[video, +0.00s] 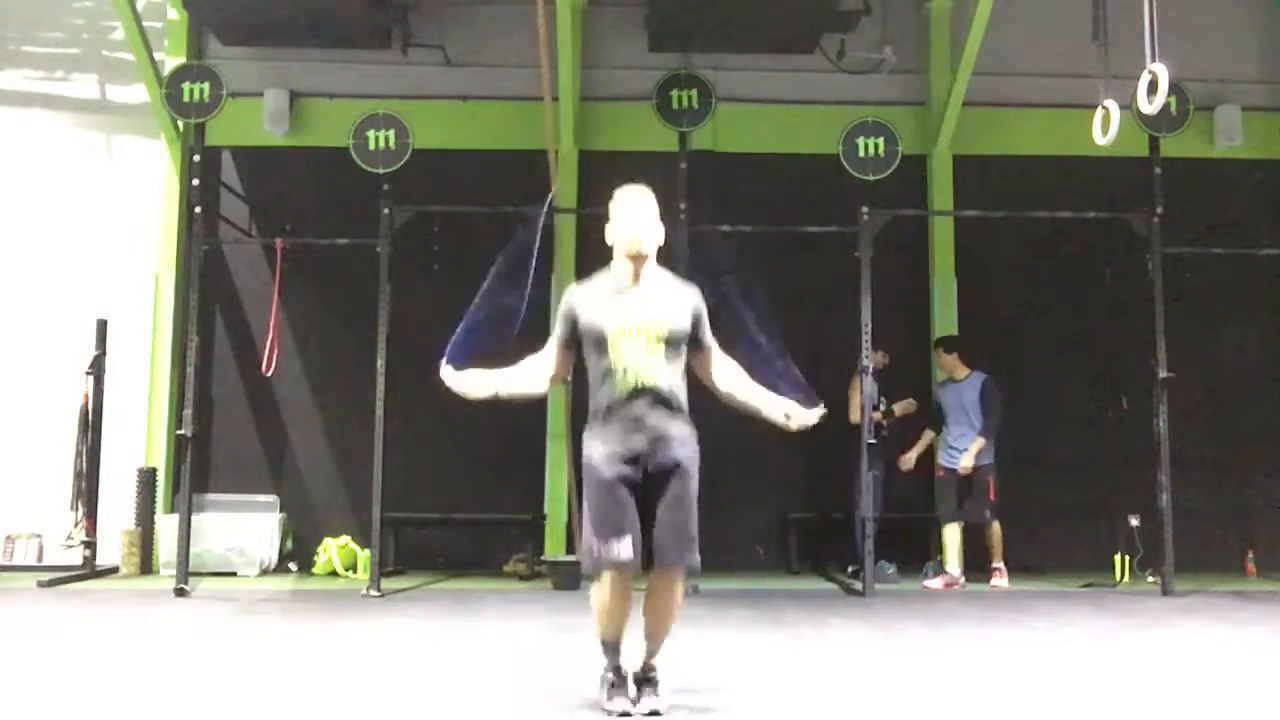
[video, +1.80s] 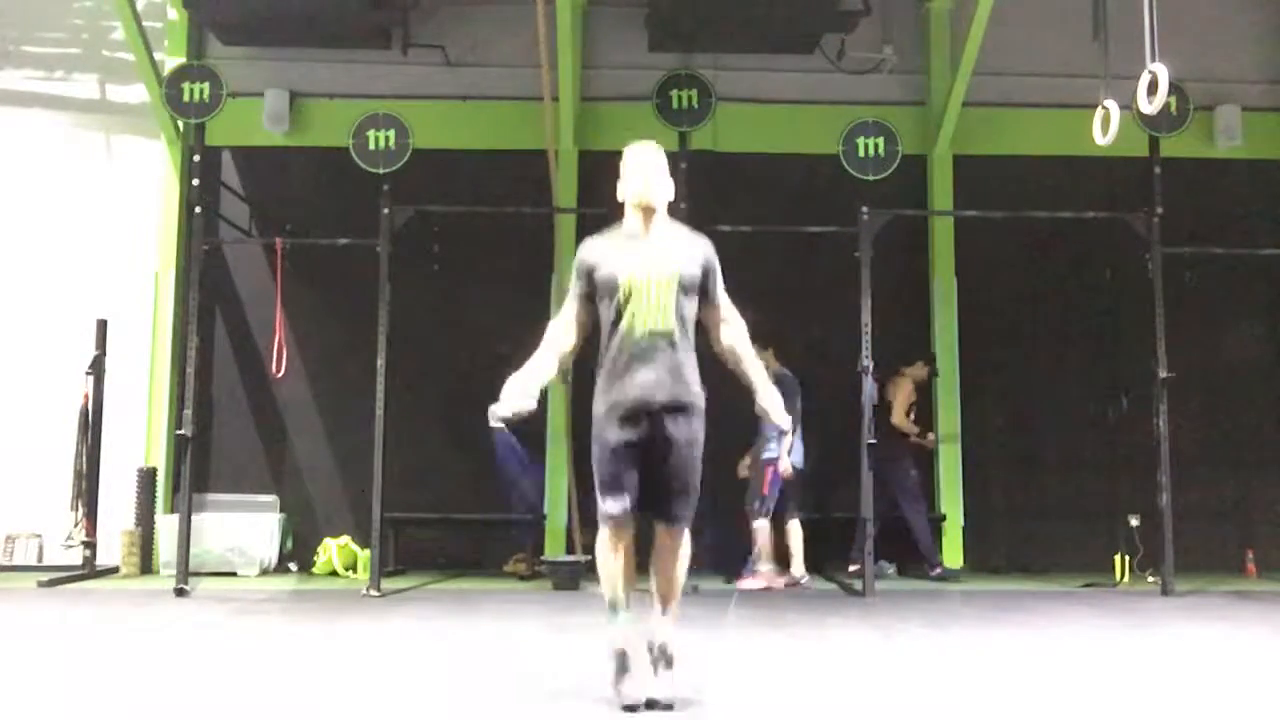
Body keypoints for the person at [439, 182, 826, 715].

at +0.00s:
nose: (638, 228)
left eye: (646, 219)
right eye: (628, 219)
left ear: (660, 228)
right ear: (609, 229)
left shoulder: (686, 297)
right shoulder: (580, 297)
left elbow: (717, 369)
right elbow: (548, 369)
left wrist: (781, 409)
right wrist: (484, 380)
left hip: (673, 435)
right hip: (609, 436)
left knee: (671, 560)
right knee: (617, 557)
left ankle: (649, 670)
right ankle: (612, 669)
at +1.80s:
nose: (645, 184)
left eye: (653, 175)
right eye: (636, 175)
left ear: (669, 184)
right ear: (621, 185)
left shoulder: (697, 249)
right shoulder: (594, 251)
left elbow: (727, 328)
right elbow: (567, 331)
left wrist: (764, 392)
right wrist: (524, 385)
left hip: (681, 402)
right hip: (617, 403)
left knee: (674, 524)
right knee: (616, 520)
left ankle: (664, 636)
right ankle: (619, 637)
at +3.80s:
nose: (652, 185)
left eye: (659, 176)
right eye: (642, 177)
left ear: (671, 188)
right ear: (623, 189)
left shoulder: (695, 251)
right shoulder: (594, 255)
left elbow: (715, 321)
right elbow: (565, 325)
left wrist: (753, 373)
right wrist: (506, 367)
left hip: (678, 397)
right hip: (614, 397)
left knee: (672, 519)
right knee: (616, 515)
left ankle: (662, 631)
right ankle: (615, 621)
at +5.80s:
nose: (647, 170)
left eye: (655, 162)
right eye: (638, 163)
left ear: (670, 174)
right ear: (622, 176)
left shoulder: (698, 239)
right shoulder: (598, 241)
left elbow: (728, 309)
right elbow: (568, 316)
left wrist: (771, 359)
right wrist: (520, 358)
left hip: (680, 379)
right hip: (619, 378)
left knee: (677, 496)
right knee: (620, 489)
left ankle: (664, 604)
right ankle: (618, 598)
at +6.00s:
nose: (652, 167)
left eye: (660, 159)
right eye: (642, 160)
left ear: (676, 171)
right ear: (626, 173)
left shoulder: (701, 237)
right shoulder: (600, 238)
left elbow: (723, 306)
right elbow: (575, 309)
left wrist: (758, 363)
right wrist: (536, 358)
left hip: (683, 379)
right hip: (621, 379)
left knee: (677, 497)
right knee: (625, 492)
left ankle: (665, 608)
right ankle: (624, 602)